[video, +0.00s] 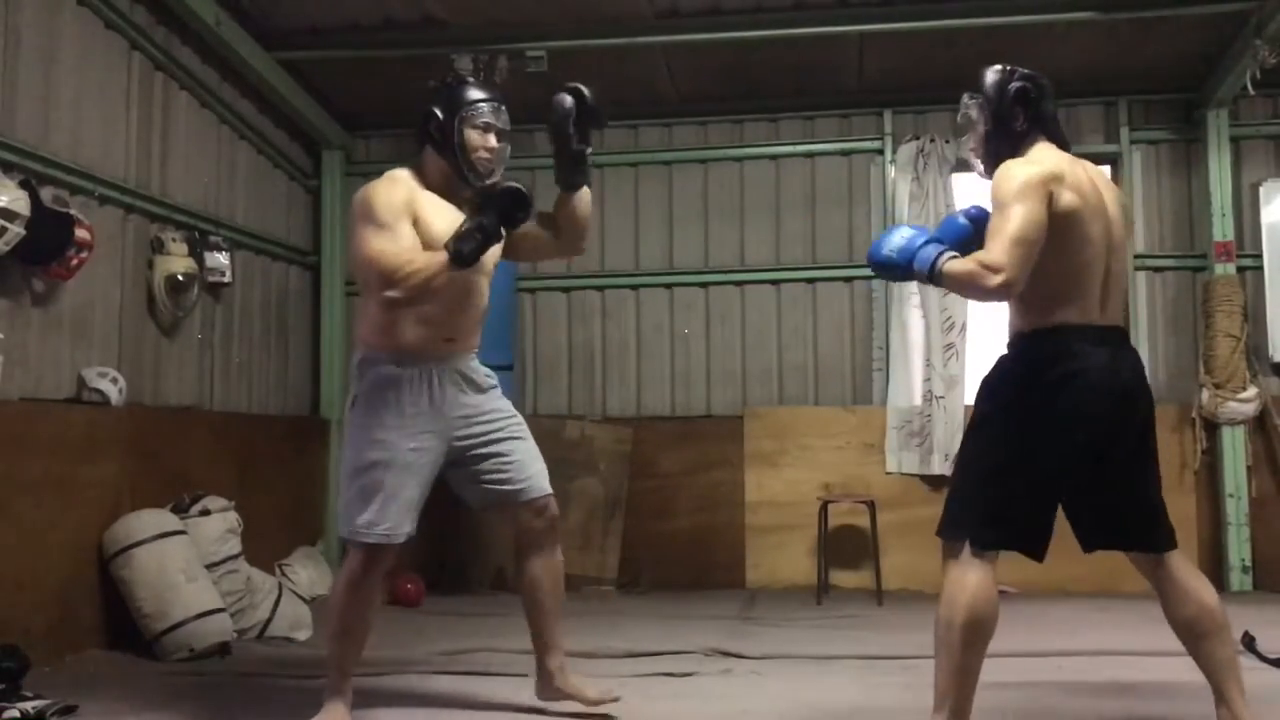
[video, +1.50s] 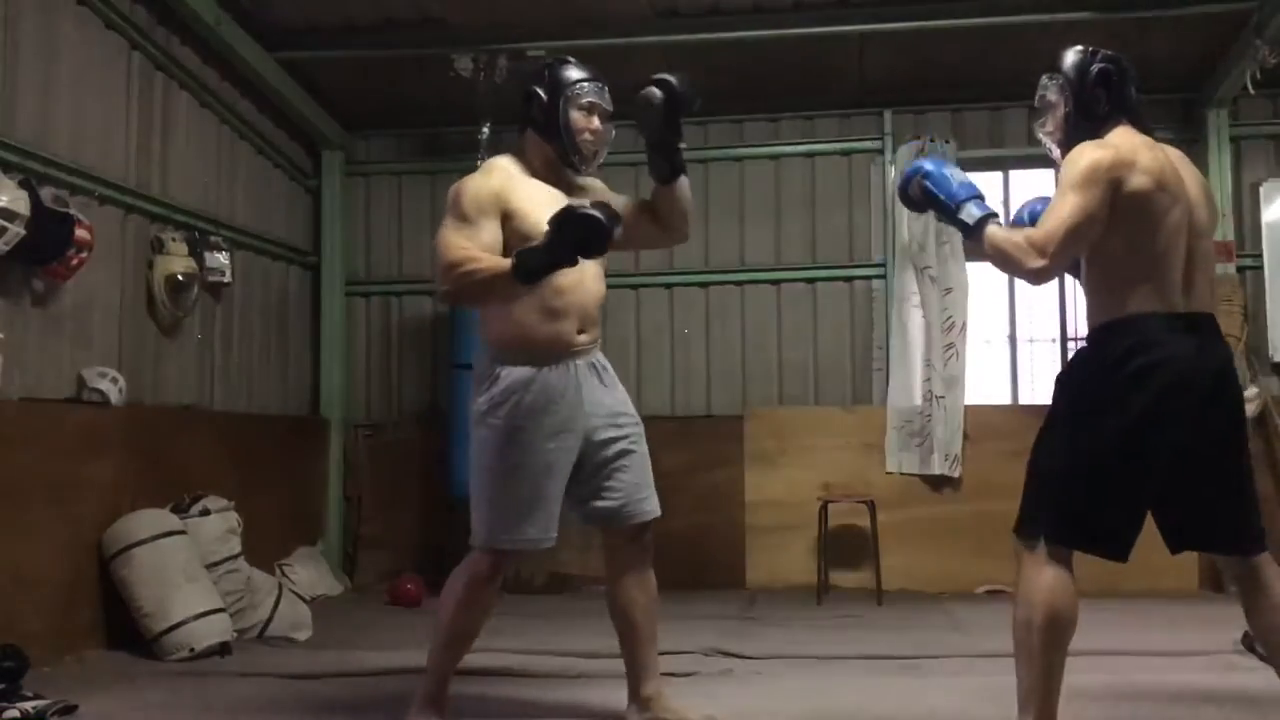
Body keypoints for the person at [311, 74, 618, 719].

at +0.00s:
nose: (495, 145)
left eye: (500, 134)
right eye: (482, 131)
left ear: (504, 142)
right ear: (441, 133)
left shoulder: (489, 214)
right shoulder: (387, 194)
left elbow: (568, 239)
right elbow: (391, 278)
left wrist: (574, 158)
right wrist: (470, 240)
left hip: (469, 382)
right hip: (395, 386)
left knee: (539, 513)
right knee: (373, 547)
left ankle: (552, 672)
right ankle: (337, 696)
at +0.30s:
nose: (524, 149)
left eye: (531, 138)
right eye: (512, 132)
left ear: (533, 146)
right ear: (470, 130)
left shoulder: (519, 215)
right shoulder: (410, 200)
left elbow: (593, 266)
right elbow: (381, 297)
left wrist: (599, 192)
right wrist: (465, 269)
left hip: (512, 385)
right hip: (436, 392)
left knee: (555, 542)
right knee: (408, 554)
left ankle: (581, 694)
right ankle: (354, 693)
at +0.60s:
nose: (532, 144)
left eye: (539, 132)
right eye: (519, 128)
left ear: (544, 140)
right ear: (477, 128)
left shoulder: (531, 216)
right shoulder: (419, 199)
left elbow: (590, 287)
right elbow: (390, 295)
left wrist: (601, 216)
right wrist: (479, 278)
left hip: (524, 386)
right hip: (446, 392)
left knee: (588, 528)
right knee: (415, 551)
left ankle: (621, 689)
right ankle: (369, 699)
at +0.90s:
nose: (583, 139)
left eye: (590, 127)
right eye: (570, 124)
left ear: (595, 132)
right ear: (525, 123)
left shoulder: (583, 199)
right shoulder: (466, 190)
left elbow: (660, 215)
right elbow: (431, 286)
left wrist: (656, 139)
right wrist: (514, 253)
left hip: (569, 377)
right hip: (490, 382)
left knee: (609, 534)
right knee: (461, 544)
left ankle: (628, 698)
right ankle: (390, 688)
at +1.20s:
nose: (581, 135)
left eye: (586, 124)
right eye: (570, 119)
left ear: (579, 132)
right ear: (525, 117)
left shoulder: (550, 208)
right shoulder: (459, 185)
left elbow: (608, 295)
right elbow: (423, 277)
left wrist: (642, 247)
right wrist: (510, 253)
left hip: (561, 378)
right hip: (485, 386)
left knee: (632, 516)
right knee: (469, 554)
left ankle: (638, 680)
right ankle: (425, 701)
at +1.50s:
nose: (599, 126)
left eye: (603, 114)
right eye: (586, 111)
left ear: (603, 123)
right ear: (543, 114)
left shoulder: (591, 196)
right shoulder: (490, 182)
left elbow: (670, 226)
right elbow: (455, 280)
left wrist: (663, 146)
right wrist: (542, 257)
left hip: (594, 378)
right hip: (521, 386)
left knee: (634, 532)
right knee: (494, 557)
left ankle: (646, 696)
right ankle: (430, 699)